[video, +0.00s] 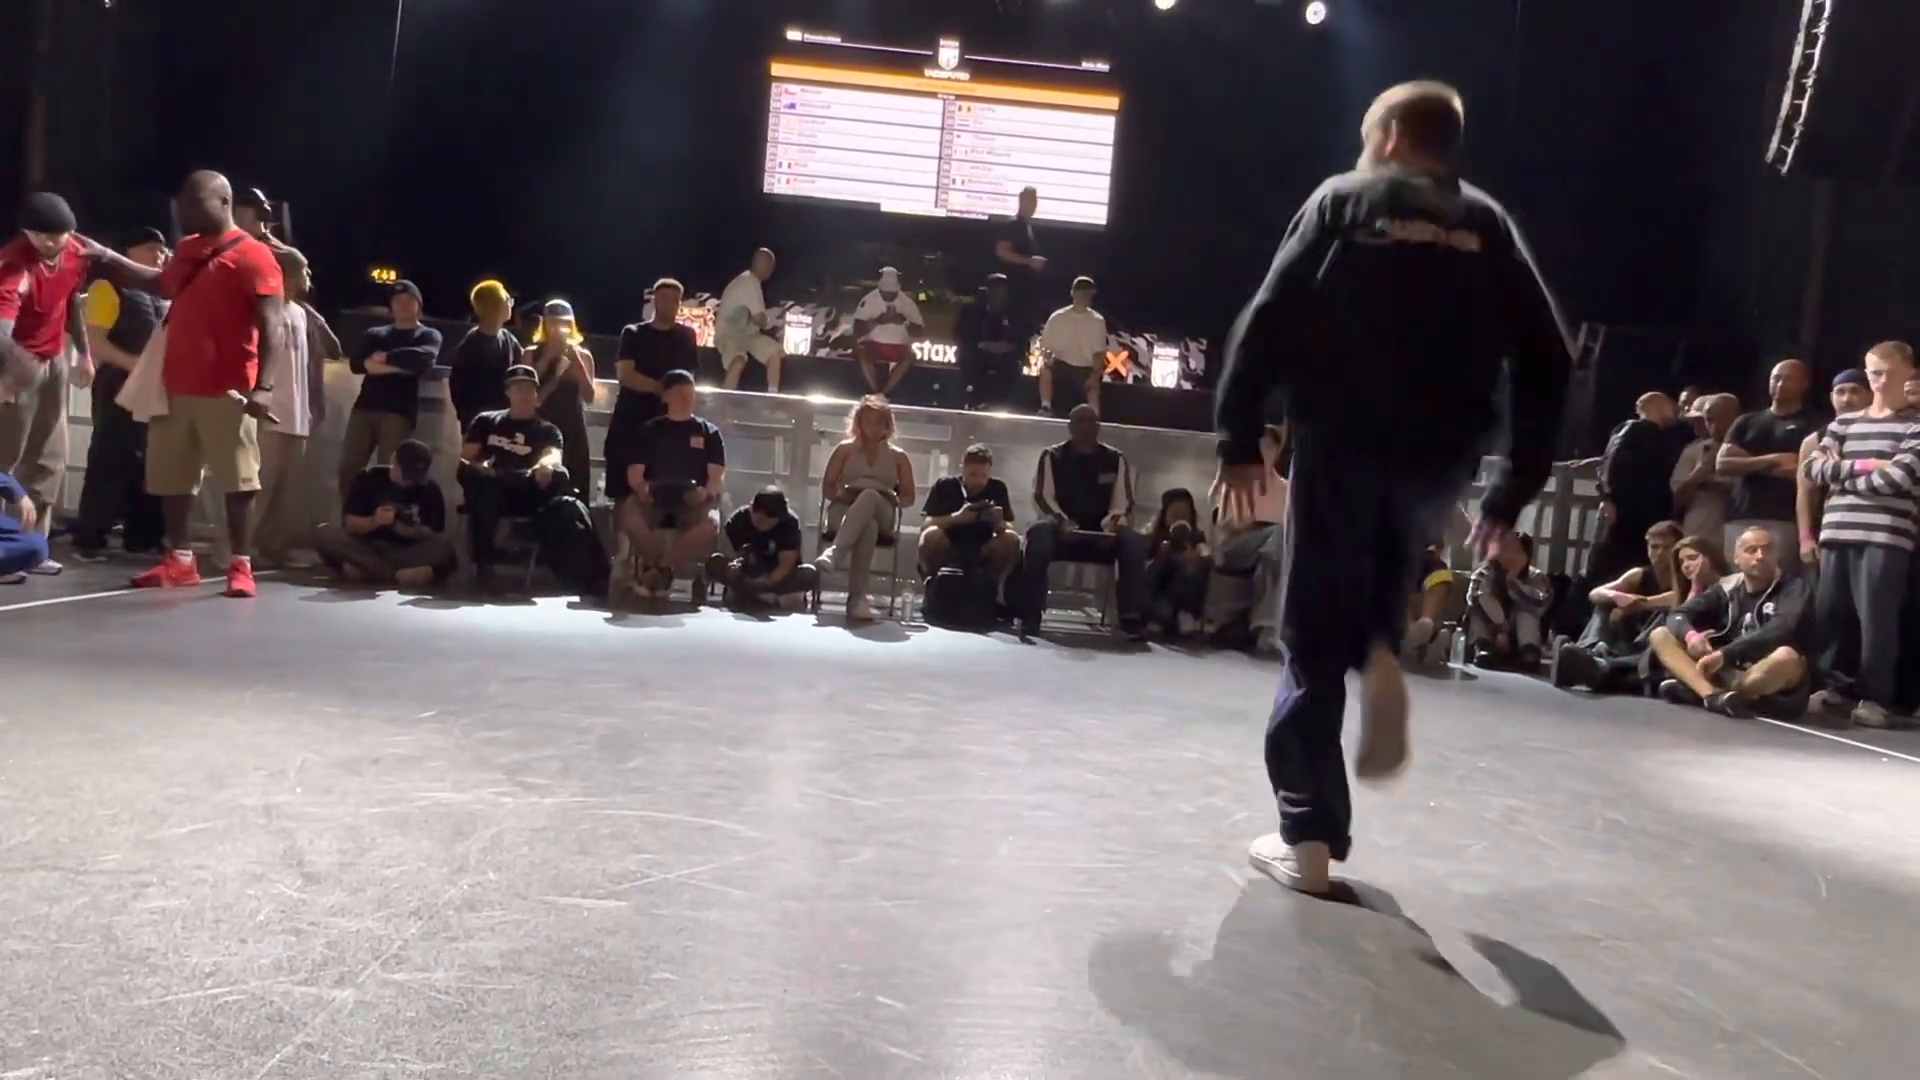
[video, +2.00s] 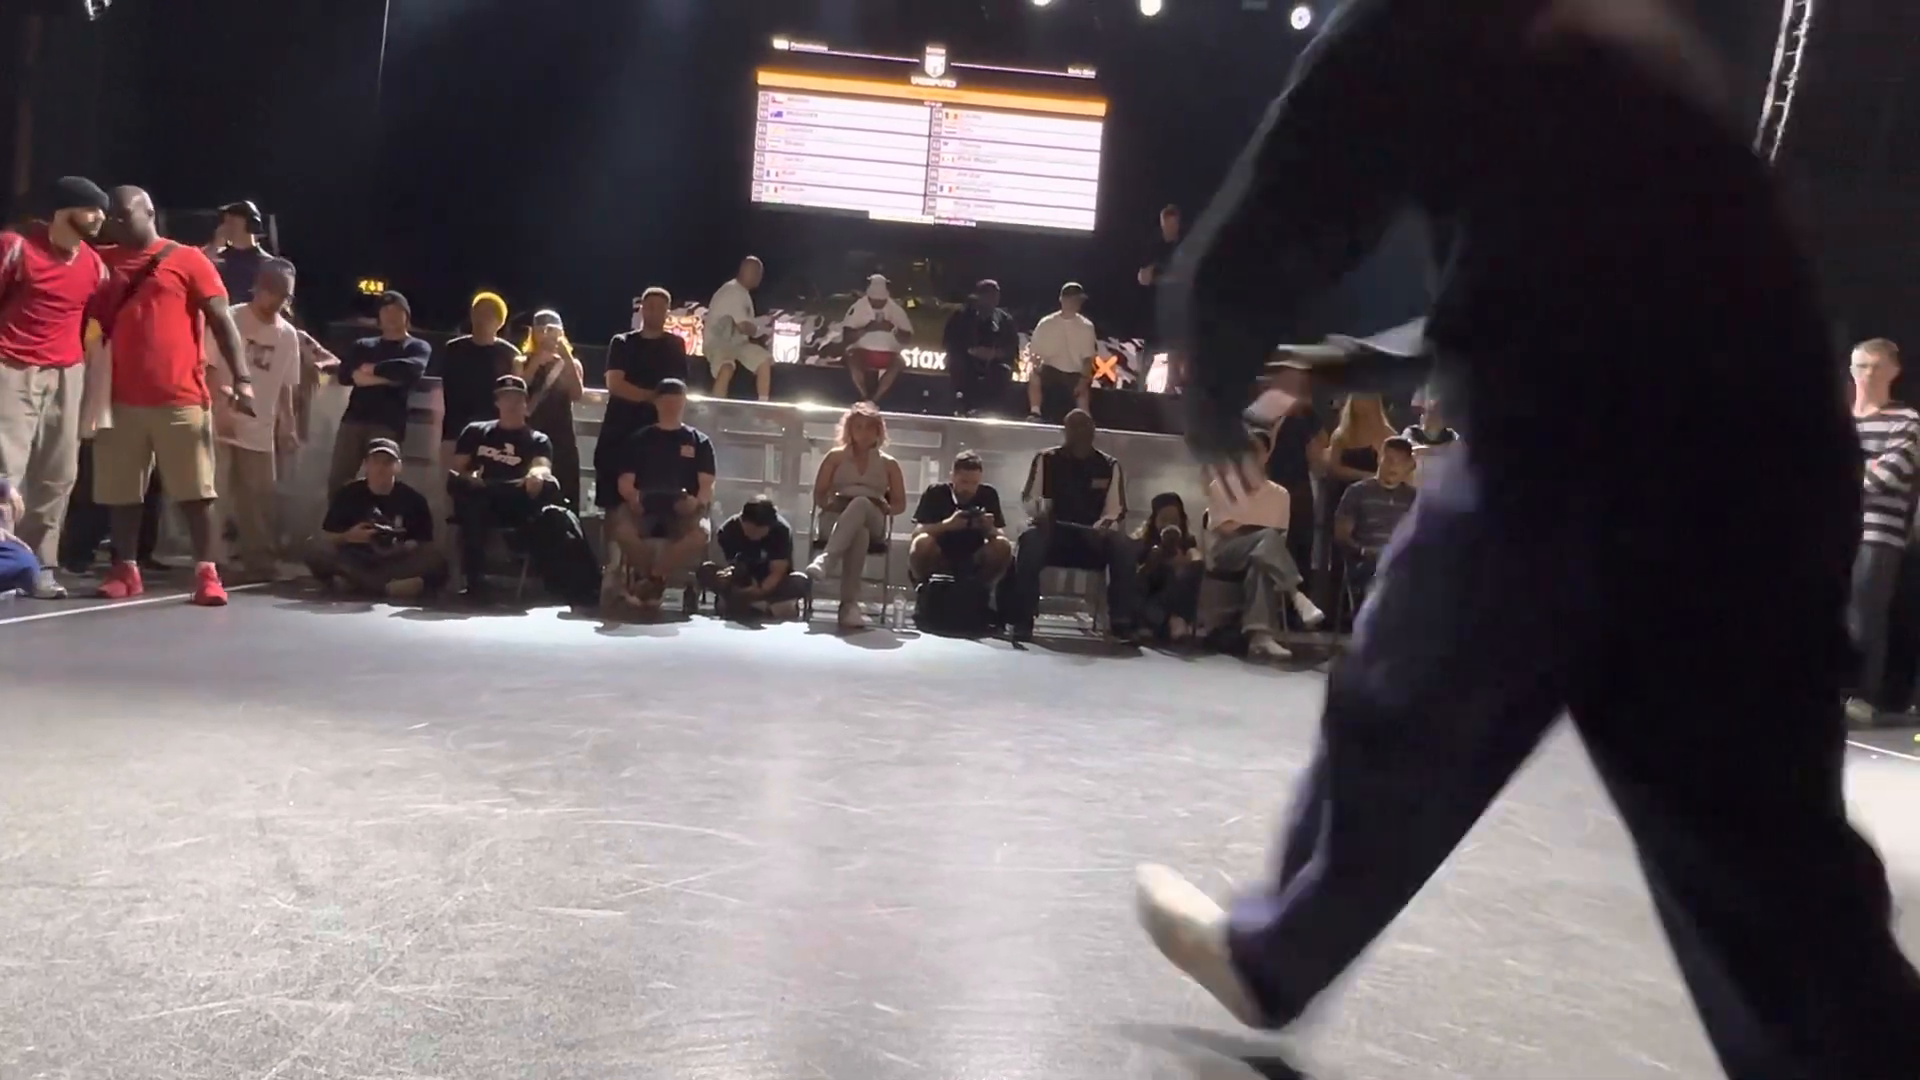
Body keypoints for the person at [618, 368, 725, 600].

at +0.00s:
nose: (685, 397)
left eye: (688, 391)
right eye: (679, 392)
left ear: (694, 395)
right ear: (665, 396)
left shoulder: (709, 432)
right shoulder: (648, 430)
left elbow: (716, 476)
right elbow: (634, 472)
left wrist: (704, 493)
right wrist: (644, 491)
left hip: (691, 492)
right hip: (655, 490)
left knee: (709, 525)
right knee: (630, 514)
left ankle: (658, 570)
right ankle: (661, 569)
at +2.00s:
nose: (671, 405)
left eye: (676, 400)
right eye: (666, 400)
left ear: (684, 402)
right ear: (657, 403)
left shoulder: (699, 441)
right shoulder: (638, 439)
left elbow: (706, 486)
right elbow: (625, 482)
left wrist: (696, 503)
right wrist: (635, 499)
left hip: (681, 503)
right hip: (645, 502)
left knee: (700, 533)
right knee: (621, 524)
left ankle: (653, 579)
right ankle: (654, 581)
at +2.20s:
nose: (667, 408)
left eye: (672, 402)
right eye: (662, 402)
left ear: (680, 405)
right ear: (652, 405)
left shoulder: (695, 444)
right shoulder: (634, 441)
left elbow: (702, 490)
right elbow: (621, 485)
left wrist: (690, 504)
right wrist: (633, 504)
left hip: (678, 507)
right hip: (641, 505)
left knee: (696, 535)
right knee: (617, 527)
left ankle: (650, 582)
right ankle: (650, 583)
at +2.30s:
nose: (665, 409)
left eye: (670, 403)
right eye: (660, 403)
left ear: (678, 406)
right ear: (651, 406)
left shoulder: (693, 444)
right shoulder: (632, 442)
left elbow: (700, 491)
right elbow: (619, 487)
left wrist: (687, 505)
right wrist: (632, 506)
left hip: (677, 508)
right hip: (639, 506)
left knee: (695, 536)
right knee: (614, 527)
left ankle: (648, 581)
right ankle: (649, 583)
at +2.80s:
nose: (658, 419)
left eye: (662, 413)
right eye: (652, 413)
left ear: (670, 416)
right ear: (642, 416)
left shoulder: (686, 453)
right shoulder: (624, 452)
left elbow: (695, 500)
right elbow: (612, 496)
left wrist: (681, 515)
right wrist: (626, 517)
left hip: (670, 517)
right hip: (633, 517)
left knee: (689, 545)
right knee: (607, 534)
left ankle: (642, 590)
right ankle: (640, 591)